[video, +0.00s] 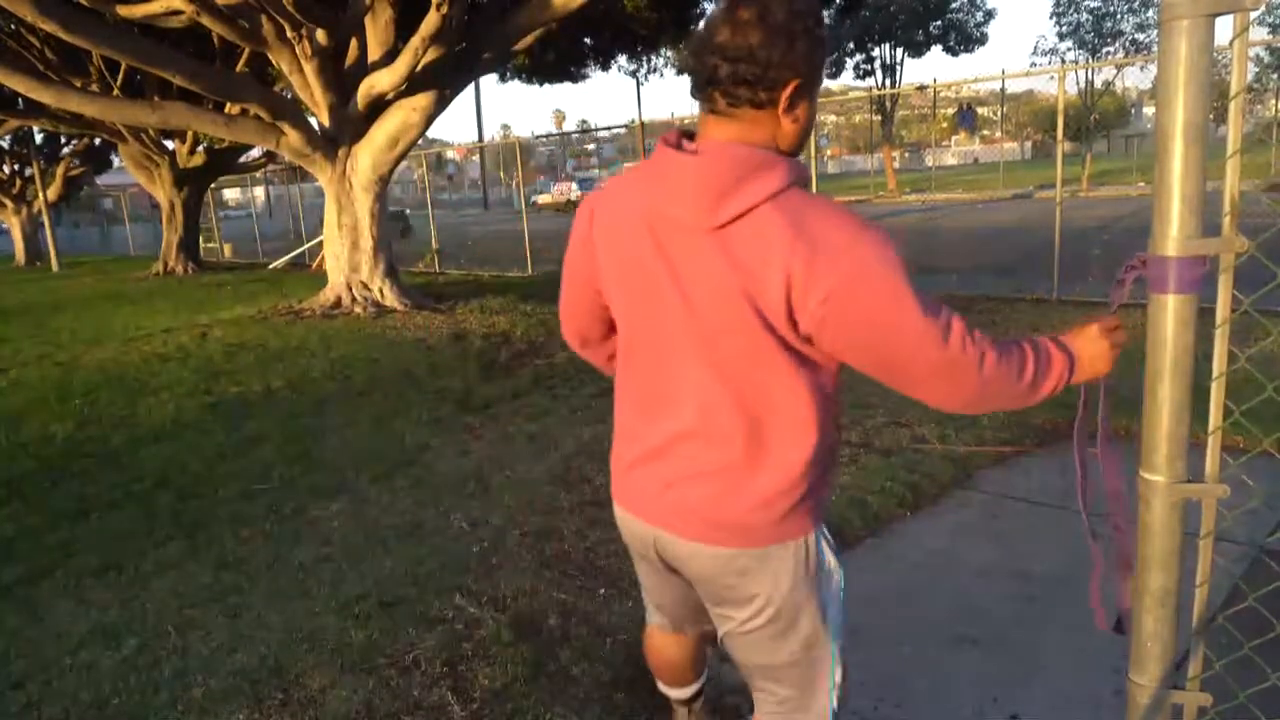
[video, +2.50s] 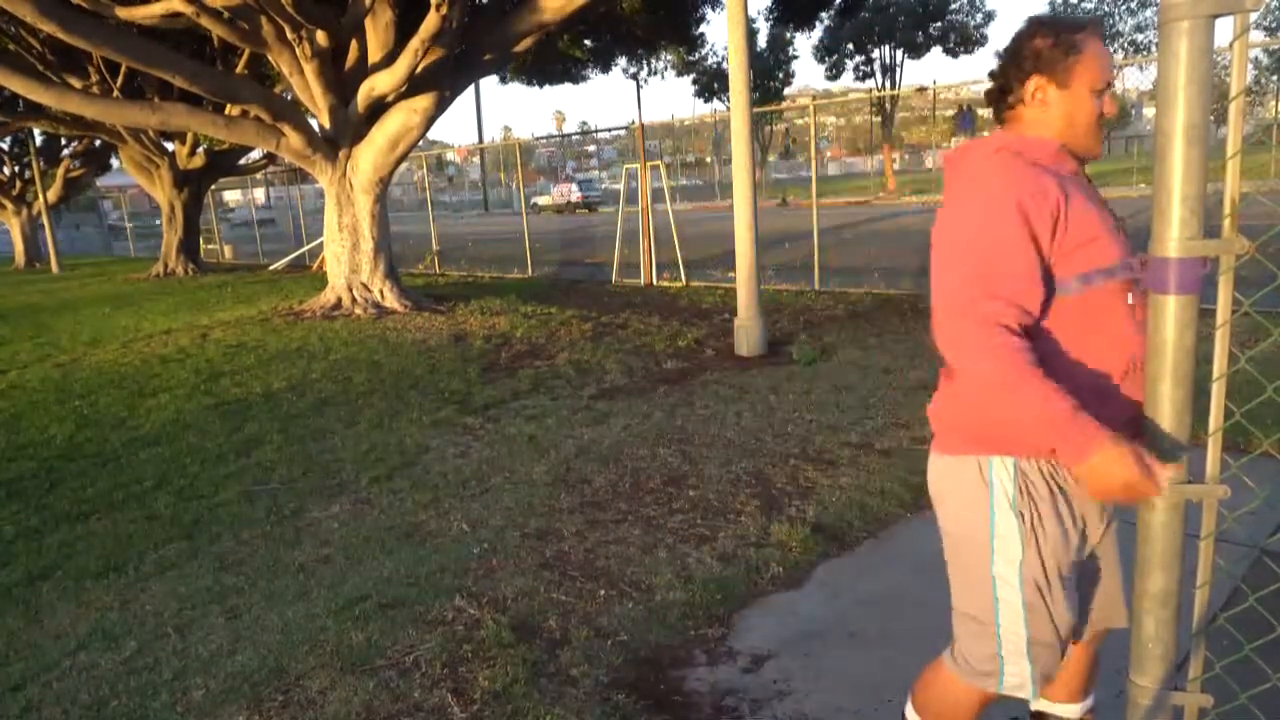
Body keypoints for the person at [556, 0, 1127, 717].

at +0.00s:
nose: (814, 118)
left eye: (815, 100)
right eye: (816, 103)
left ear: (704, 83)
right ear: (792, 103)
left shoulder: (613, 202)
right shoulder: (815, 237)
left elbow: (586, 329)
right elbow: (955, 373)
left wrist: (659, 366)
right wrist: (1069, 357)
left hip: (639, 502)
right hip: (752, 528)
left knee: (671, 622)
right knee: (792, 696)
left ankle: (681, 712)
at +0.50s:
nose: (726, 136)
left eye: (723, 121)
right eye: (713, 123)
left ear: (664, 137)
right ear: (660, 134)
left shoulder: (652, 216)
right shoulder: (683, 228)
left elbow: (730, 312)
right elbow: (772, 338)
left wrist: (816, 339)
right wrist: (864, 318)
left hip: (681, 459)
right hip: (730, 465)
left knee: (702, 580)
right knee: (819, 615)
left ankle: (692, 706)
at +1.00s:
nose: (718, 143)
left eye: (716, 130)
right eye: (706, 131)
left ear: (662, 140)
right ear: (659, 140)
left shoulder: (685, 204)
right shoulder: (664, 206)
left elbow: (792, 278)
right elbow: (789, 217)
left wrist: (870, 215)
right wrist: (845, 156)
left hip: (711, 438)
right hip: (733, 442)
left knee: (708, 581)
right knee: (799, 617)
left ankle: (694, 705)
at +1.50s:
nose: (905, 150)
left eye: (907, 133)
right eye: (897, 132)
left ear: (856, 129)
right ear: (847, 123)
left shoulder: (862, 207)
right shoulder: (800, 202)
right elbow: (720, 209)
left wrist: (829, 79)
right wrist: (786, 80)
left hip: (865, 457)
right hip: (825, 468)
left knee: (836, 592)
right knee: (863, 656)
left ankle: (754, 693)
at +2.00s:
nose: (990, 108)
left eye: (987, 94)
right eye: (979, 95)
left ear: (936, 106)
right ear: (930, 107)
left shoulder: (958, 192)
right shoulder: (908, 191)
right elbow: (828, 327)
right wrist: (835, 199)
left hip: (968, 460)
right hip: (917, 471)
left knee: (1010, 603)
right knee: (911, 654)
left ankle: (1009, 710)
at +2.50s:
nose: (1112, 106)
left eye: (1111, 91)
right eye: (1100, 90)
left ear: (1048, 91)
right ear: (1041, 91)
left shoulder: (1062, 181)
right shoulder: (995, 179)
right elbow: (976, 337)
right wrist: (1086, 447)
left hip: (1077, 451)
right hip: (1002, 459)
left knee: (1081, 625)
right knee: (994, 655)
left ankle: (1057, 717)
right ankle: (917, 715)